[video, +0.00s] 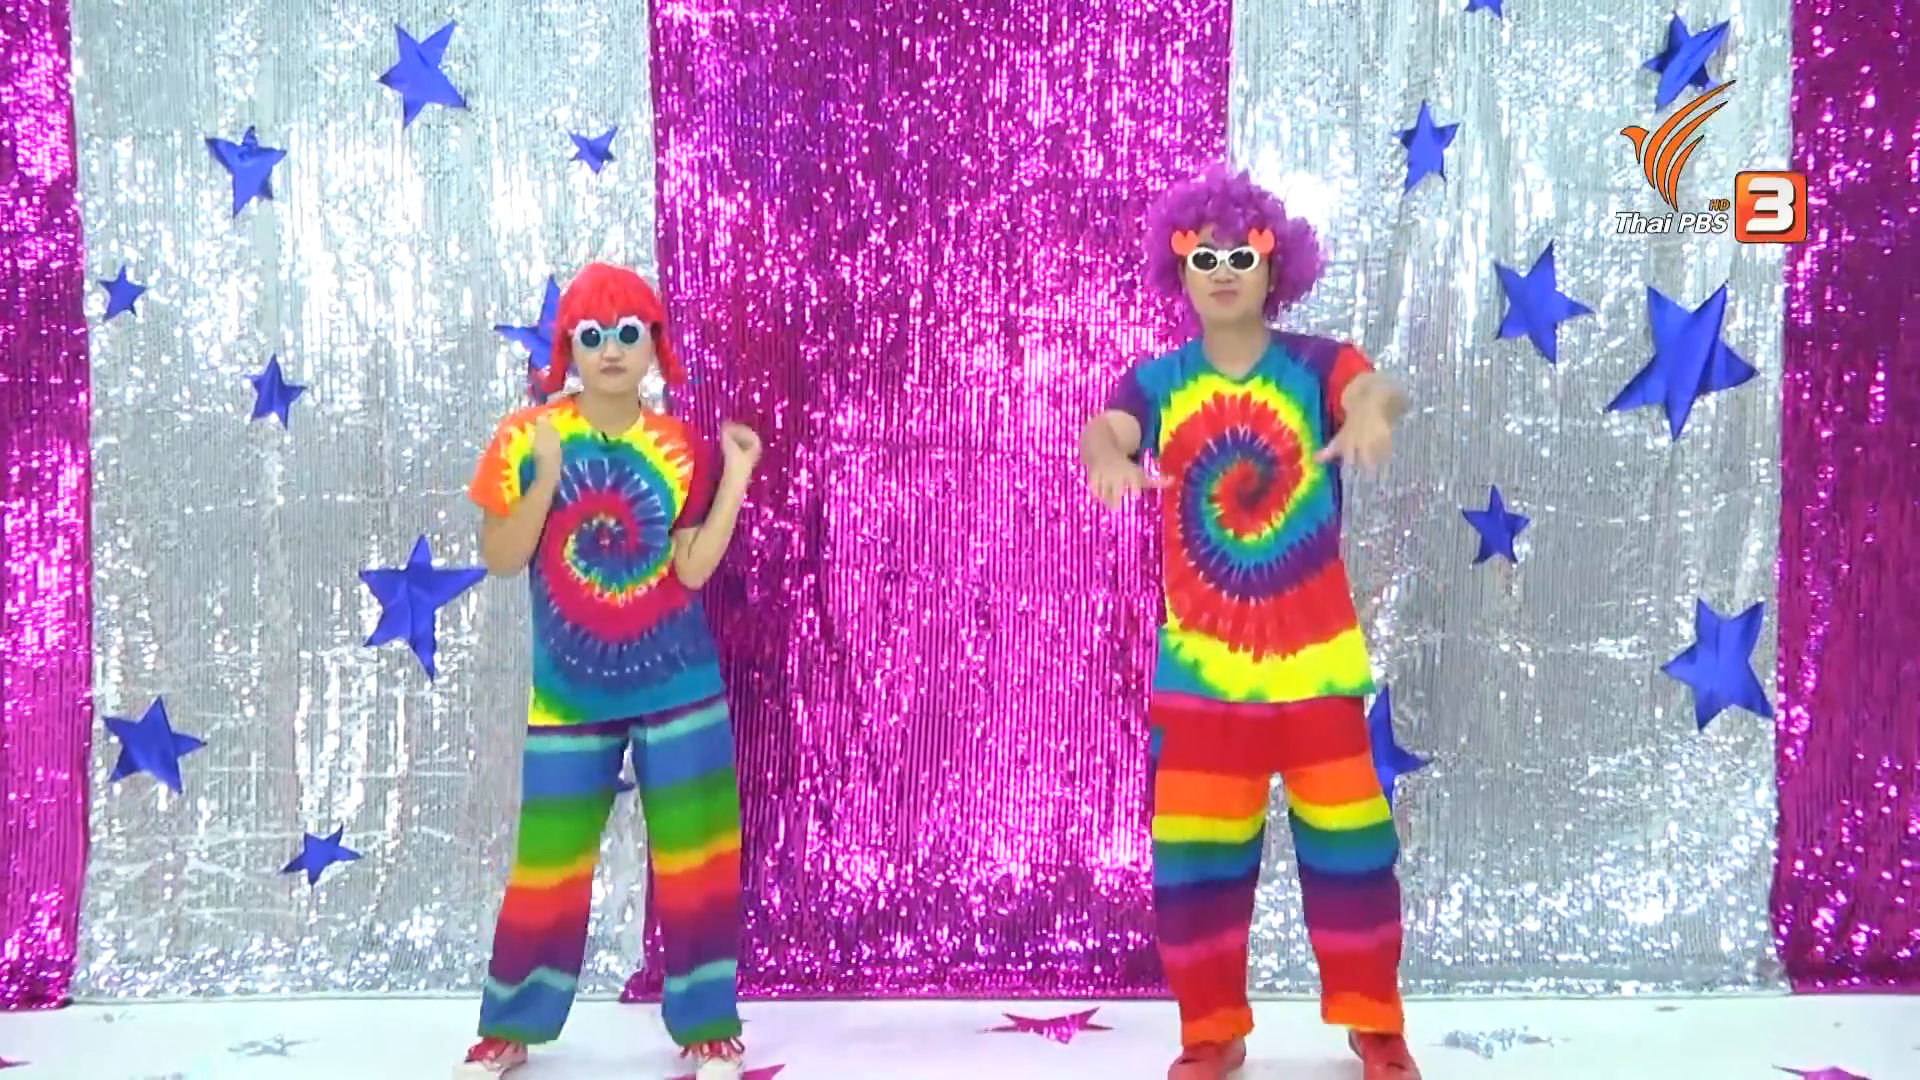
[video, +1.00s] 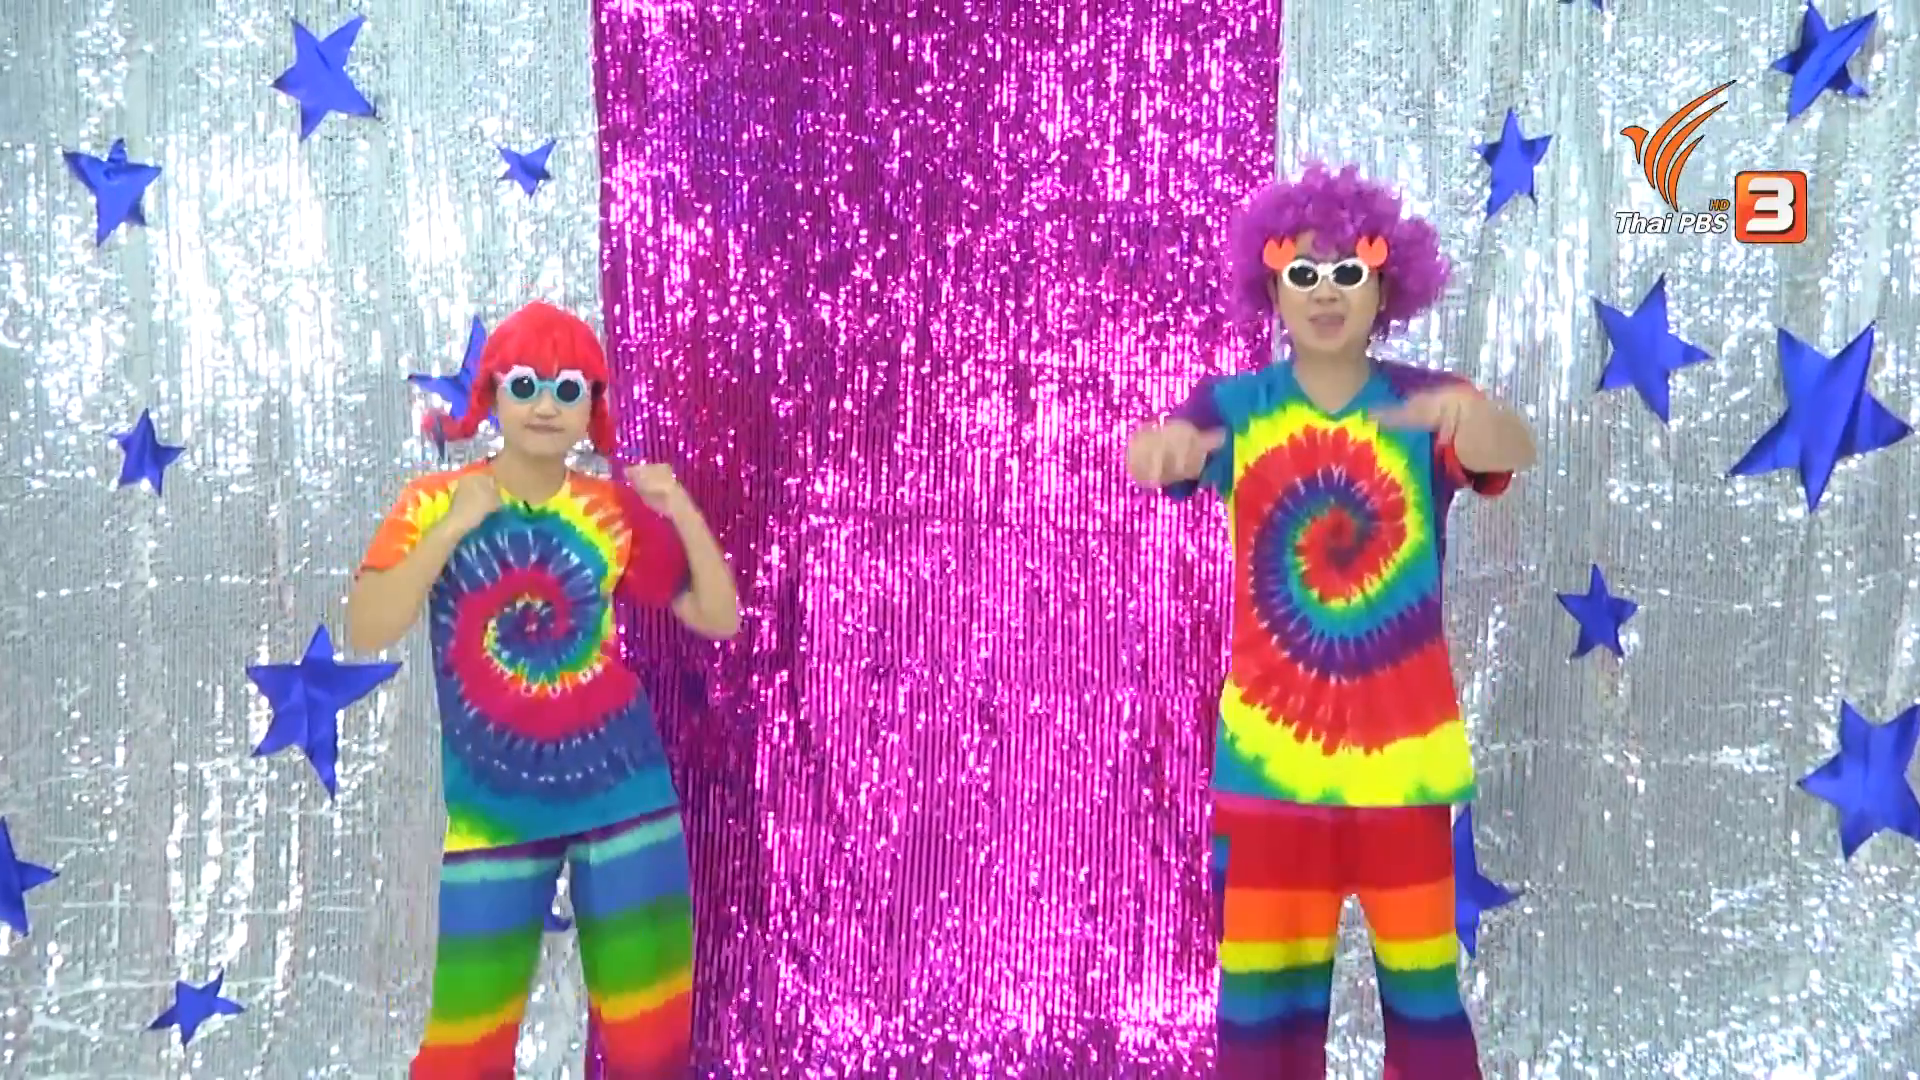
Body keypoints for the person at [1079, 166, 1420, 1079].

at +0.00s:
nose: (1223, 272)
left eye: (1243, 256)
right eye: (1203, 256)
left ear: (1273, 271)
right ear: (1179, 276)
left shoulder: (1320, 363)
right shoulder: (1158, 382)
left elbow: (1373, 387)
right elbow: (1107, 429)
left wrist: (1370, 412)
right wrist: (1107, 457)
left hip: (1320, 661)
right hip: (1204, 667)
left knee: (1353, 847)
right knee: (1197, 855)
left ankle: (1376, 1028)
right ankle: (1210, 1032)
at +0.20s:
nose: (1267, 243)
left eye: (1285, 225)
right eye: (1247, 226)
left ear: (1313, 246)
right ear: (1221, 247)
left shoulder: (1352, 343)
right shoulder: (1194, 352)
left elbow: (1423, 359)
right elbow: (1123, 366)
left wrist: (1440, 317)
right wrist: (1152, 336)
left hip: (1341, 644)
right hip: (1228, 650)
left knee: (1362, 852)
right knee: (1226, 859)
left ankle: (1392, 1054)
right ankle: (1223, 1059)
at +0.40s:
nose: (1326, 252)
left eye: (1345, 235)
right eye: (1305, 236)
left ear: (1374, 253)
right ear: (1276, 256)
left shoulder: (1406, 361)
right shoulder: (1247, 354)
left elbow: (1484, 400)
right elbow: (1184, 371)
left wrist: (1493, 350)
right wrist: (1234, 355)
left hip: (1380, 671)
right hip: (1261, 669)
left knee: (1384, 888)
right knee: (1246, 889)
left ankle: (1384, 1070)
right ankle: (1243, 1070)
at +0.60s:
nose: (1374, 277)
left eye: (1393, 257)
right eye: (1352, 258)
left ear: (1423, 278)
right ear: (1319, 278)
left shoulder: (1459, 397)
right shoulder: (1270, 380)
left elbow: (1522, 464)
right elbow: (1230, 453)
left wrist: (1530, 493)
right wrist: (1294, 494)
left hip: (1414, 733)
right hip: (1286, 730)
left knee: (1428, 962)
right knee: (1247, 958)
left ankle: (1414, 1072)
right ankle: (1246, 1072)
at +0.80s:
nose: (1362, 260)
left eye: (1384, 240)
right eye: (1341, 241)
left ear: (1417, 262)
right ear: (1310, 262)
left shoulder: (1446, 382)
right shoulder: (1267, 369)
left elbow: (1534, 436)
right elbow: (1179, 415)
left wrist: (1522, 374)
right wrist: (1214, 406)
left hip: (1416, 723)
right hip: (1289, 722)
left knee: (1428, 962)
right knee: (1267, 957)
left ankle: (1433, 1076)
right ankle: (1253, 1073)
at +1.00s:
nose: (1326, 291)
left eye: (1348, 272)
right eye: (1304, 273)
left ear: (1381, 292)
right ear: (1273, 295)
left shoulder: (1429, 404)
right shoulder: (1236, 406)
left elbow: (1513, 457)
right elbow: (1161, 463)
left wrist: (1473, 407)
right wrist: (1162, 445)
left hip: (1406, 751)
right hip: (1271, 753)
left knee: (1424, 987)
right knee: (1268, 995)